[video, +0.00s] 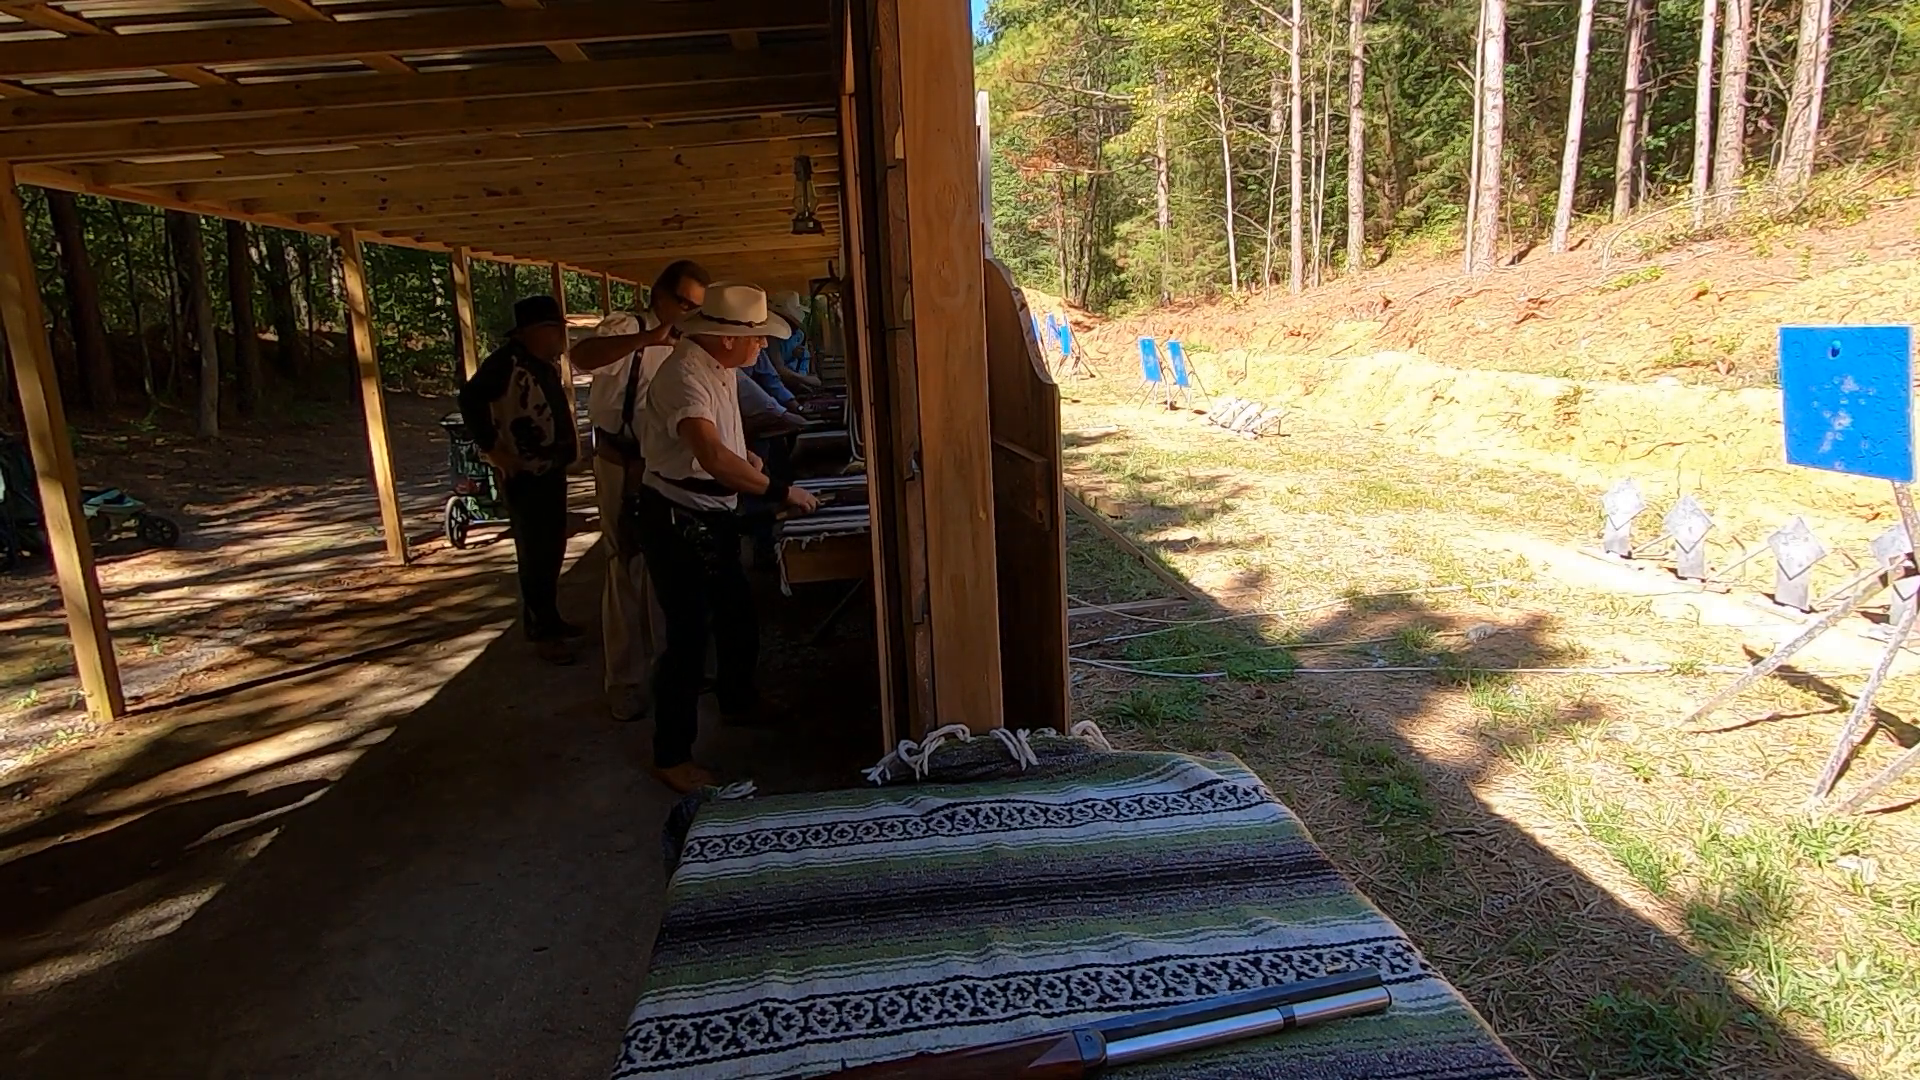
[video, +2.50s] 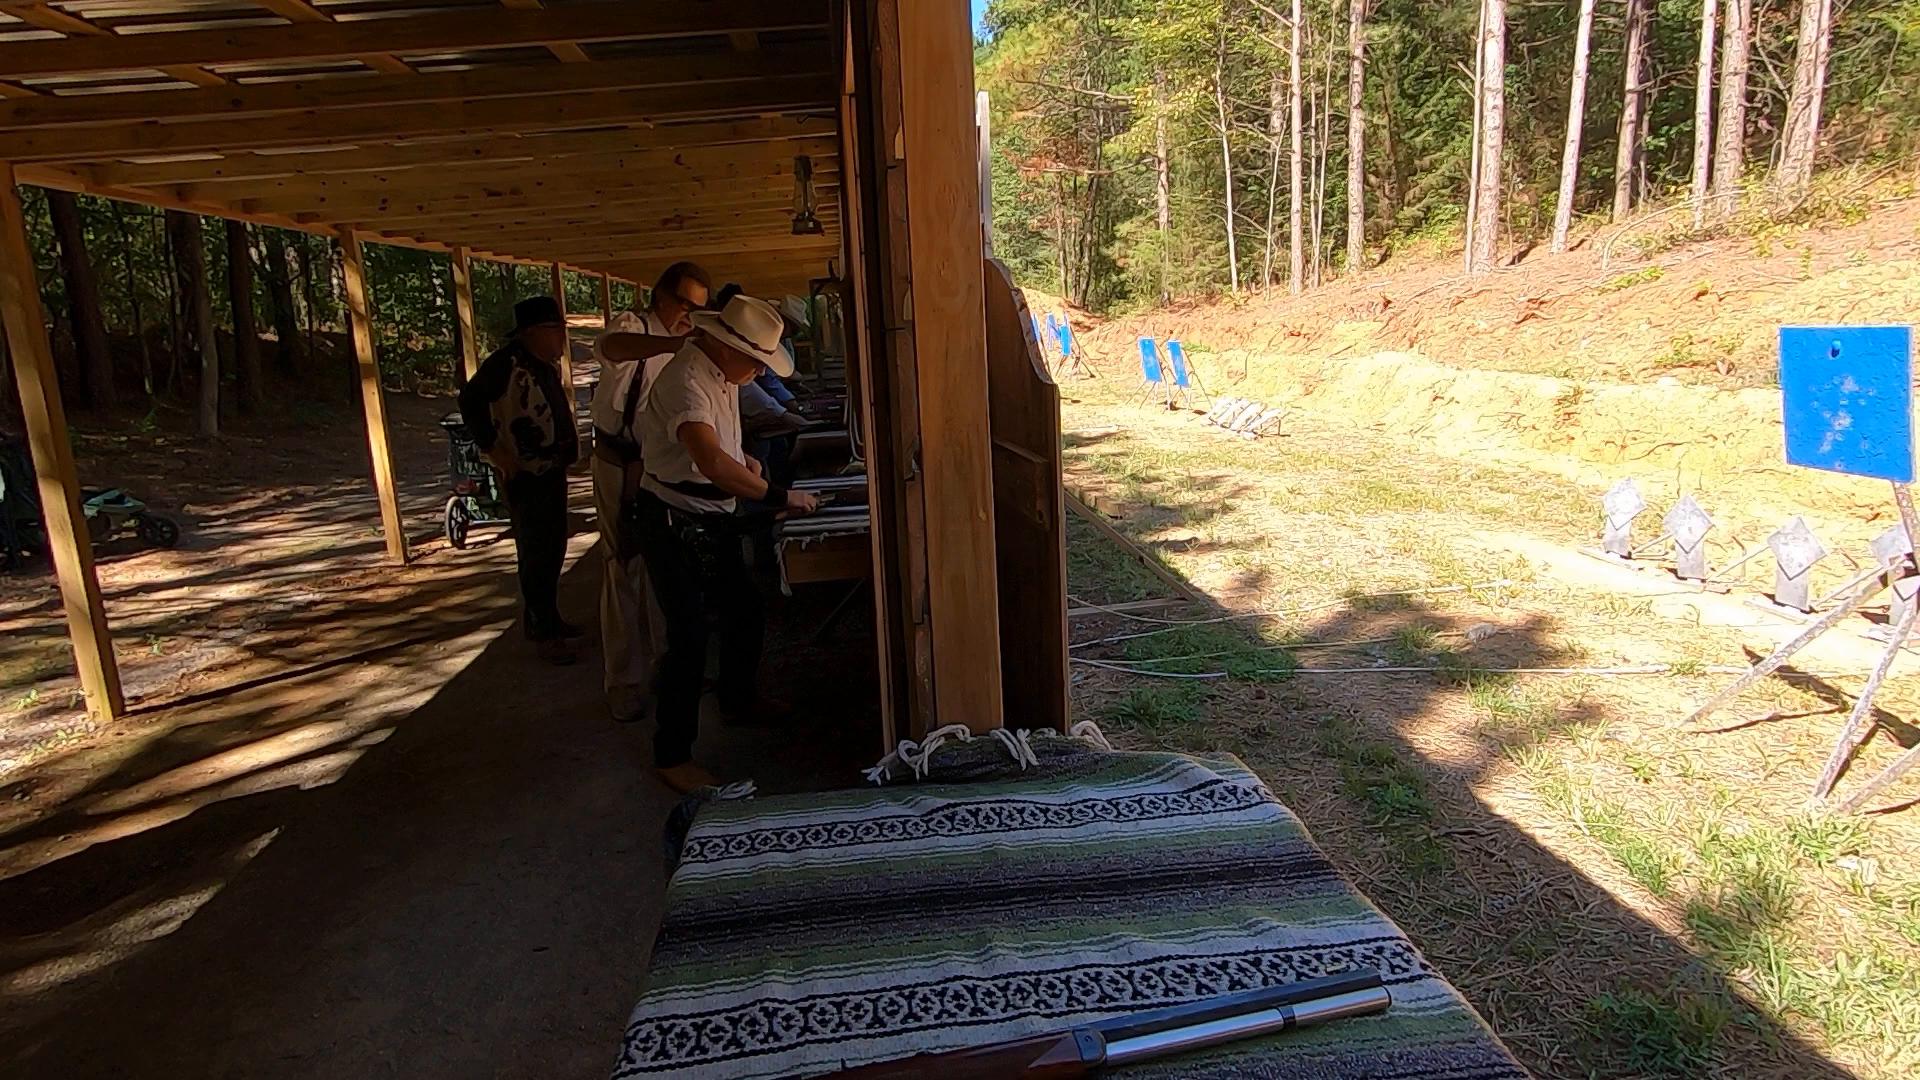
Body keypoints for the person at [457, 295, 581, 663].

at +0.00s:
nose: (563, 338)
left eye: (563, 330)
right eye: (557, 330)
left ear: (545, 332)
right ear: (534, 331)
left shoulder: (546, 365)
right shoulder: (507, 361)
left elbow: (550, 410)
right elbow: (470, 399)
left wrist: (565, 445)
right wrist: (491, 448)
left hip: (551, 472)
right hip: (525, 475)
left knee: (552, 550)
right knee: (536, 553)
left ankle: (549, 620)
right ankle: (541, 630)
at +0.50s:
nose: (563, 337)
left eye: (563, 330)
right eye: (557, 330)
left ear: (546, 333)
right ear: (534, 331)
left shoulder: (546, 366)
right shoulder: (506, 361)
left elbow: (551, 412)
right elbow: (470, 399)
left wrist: (565, 449)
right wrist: (491, 448)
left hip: (551, 473)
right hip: (525, 475)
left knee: (552, 550)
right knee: (536, 552)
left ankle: (549, 620)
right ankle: (541, 630)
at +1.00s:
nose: (562, 338)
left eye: (562, 330)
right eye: (556, 330)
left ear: (545, 333)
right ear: (534, 332)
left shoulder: (544, 366)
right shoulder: (505, 362)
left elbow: (548, 412)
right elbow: (468, 399)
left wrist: (564, 448)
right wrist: (489, 448)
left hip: (551, 473)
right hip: (524, 476)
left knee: (552, 550)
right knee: (536, 553)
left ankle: (549, 621)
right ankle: (541, 631)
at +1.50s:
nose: (561, 338)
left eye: (561, 330)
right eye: (555, 330)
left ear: (545, 332)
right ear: (533, 331)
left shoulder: (544, 366)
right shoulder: (504, 362)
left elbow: (550, 412)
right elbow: (468, 399)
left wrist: (566, 447)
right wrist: (489, 448)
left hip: (551, 473)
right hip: (524, 475)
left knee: (552, 550)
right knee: (536, 552)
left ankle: (549, 621)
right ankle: (541, 630)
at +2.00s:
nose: (562, 339)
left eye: (562, 331)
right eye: (556, 331)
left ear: (546, 334)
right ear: (533, 333)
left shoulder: (545, 366)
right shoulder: (505, 362)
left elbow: (551, 412)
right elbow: (468, 400)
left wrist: (567, 446)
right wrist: (489, 448)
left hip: (551, 473)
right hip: (524, 475)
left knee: (553, 549)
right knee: (536, 552)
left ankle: (549, 620)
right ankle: (540, 630)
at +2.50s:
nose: (564, 339)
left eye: (564, 331)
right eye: (558, 331)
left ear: (545, 333)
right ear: (536, 332)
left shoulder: (545, 365)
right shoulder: (507, 362)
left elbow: (552, 411)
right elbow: (470, 399)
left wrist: (566, 446)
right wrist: (492, 448)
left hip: (551, 472)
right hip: (526, 475)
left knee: (553, 548)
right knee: (536, 551)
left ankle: (547, 621)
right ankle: (542, 630)